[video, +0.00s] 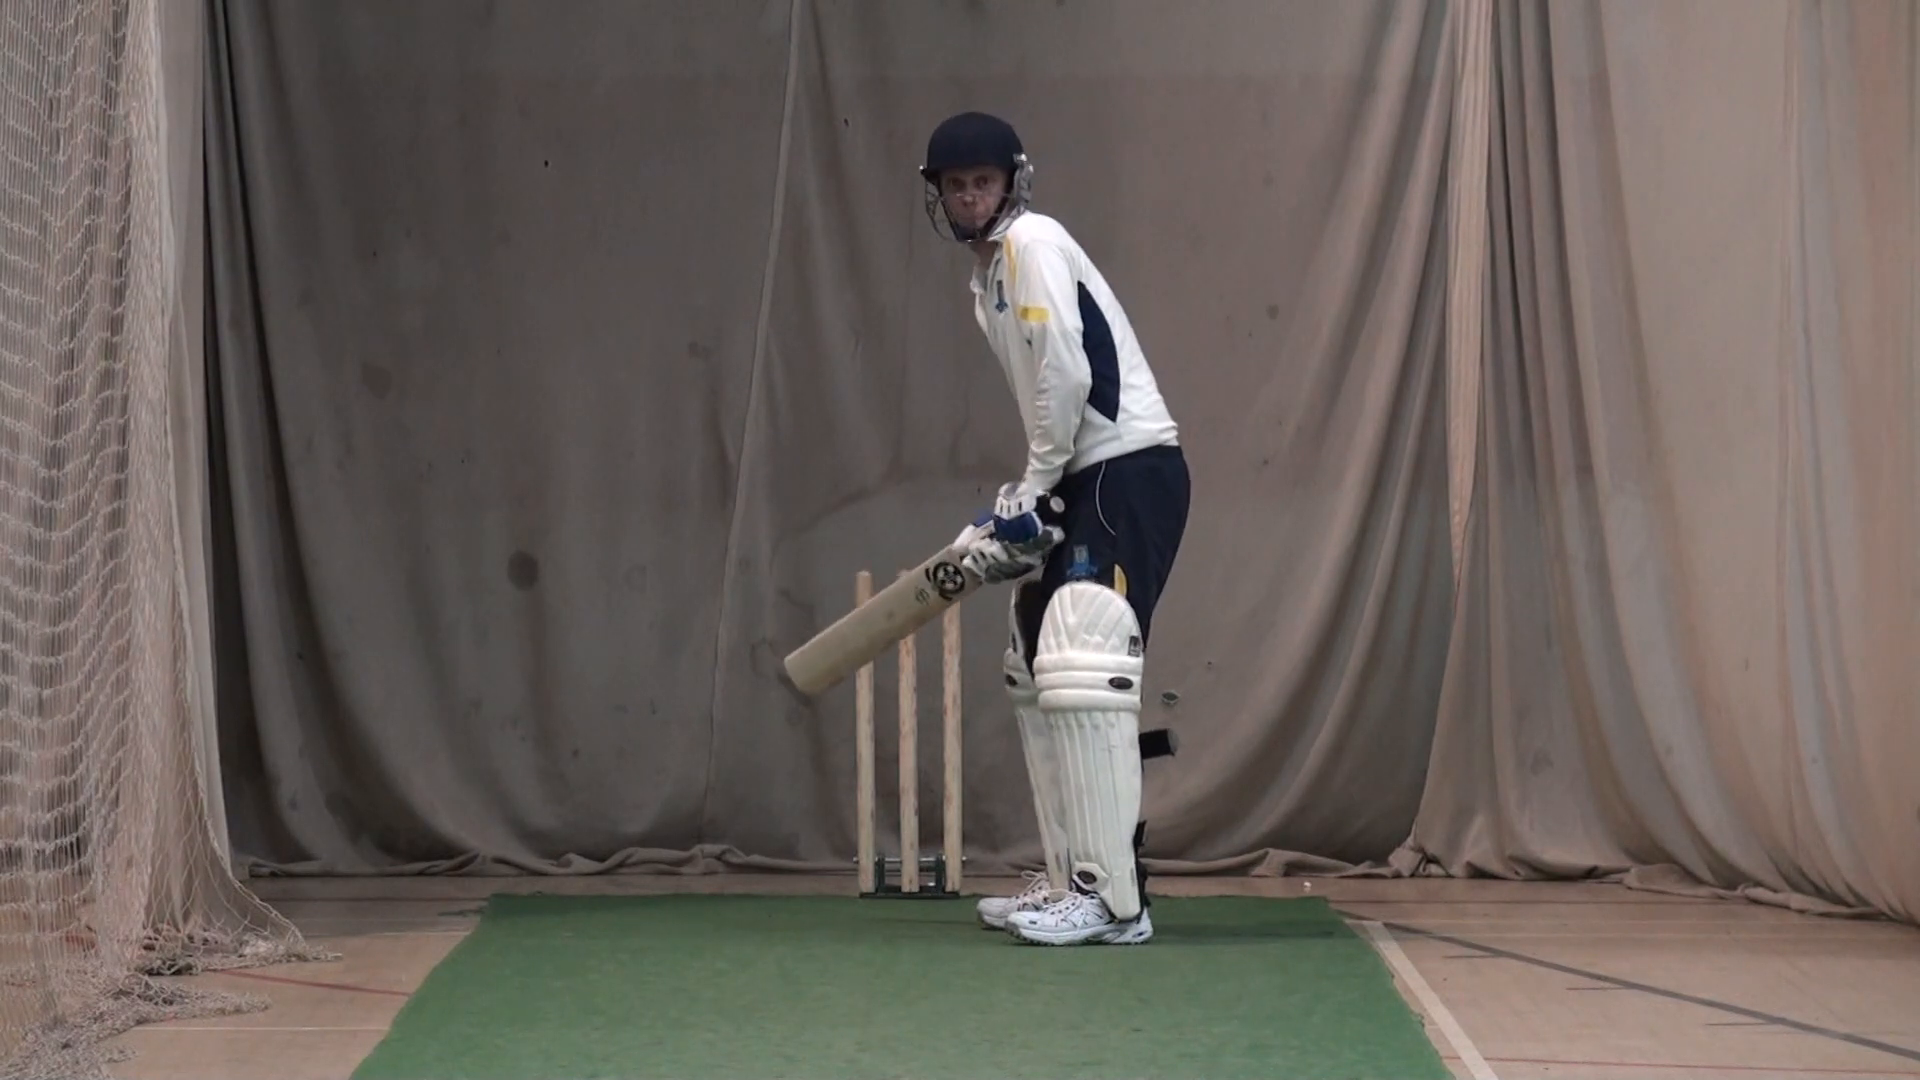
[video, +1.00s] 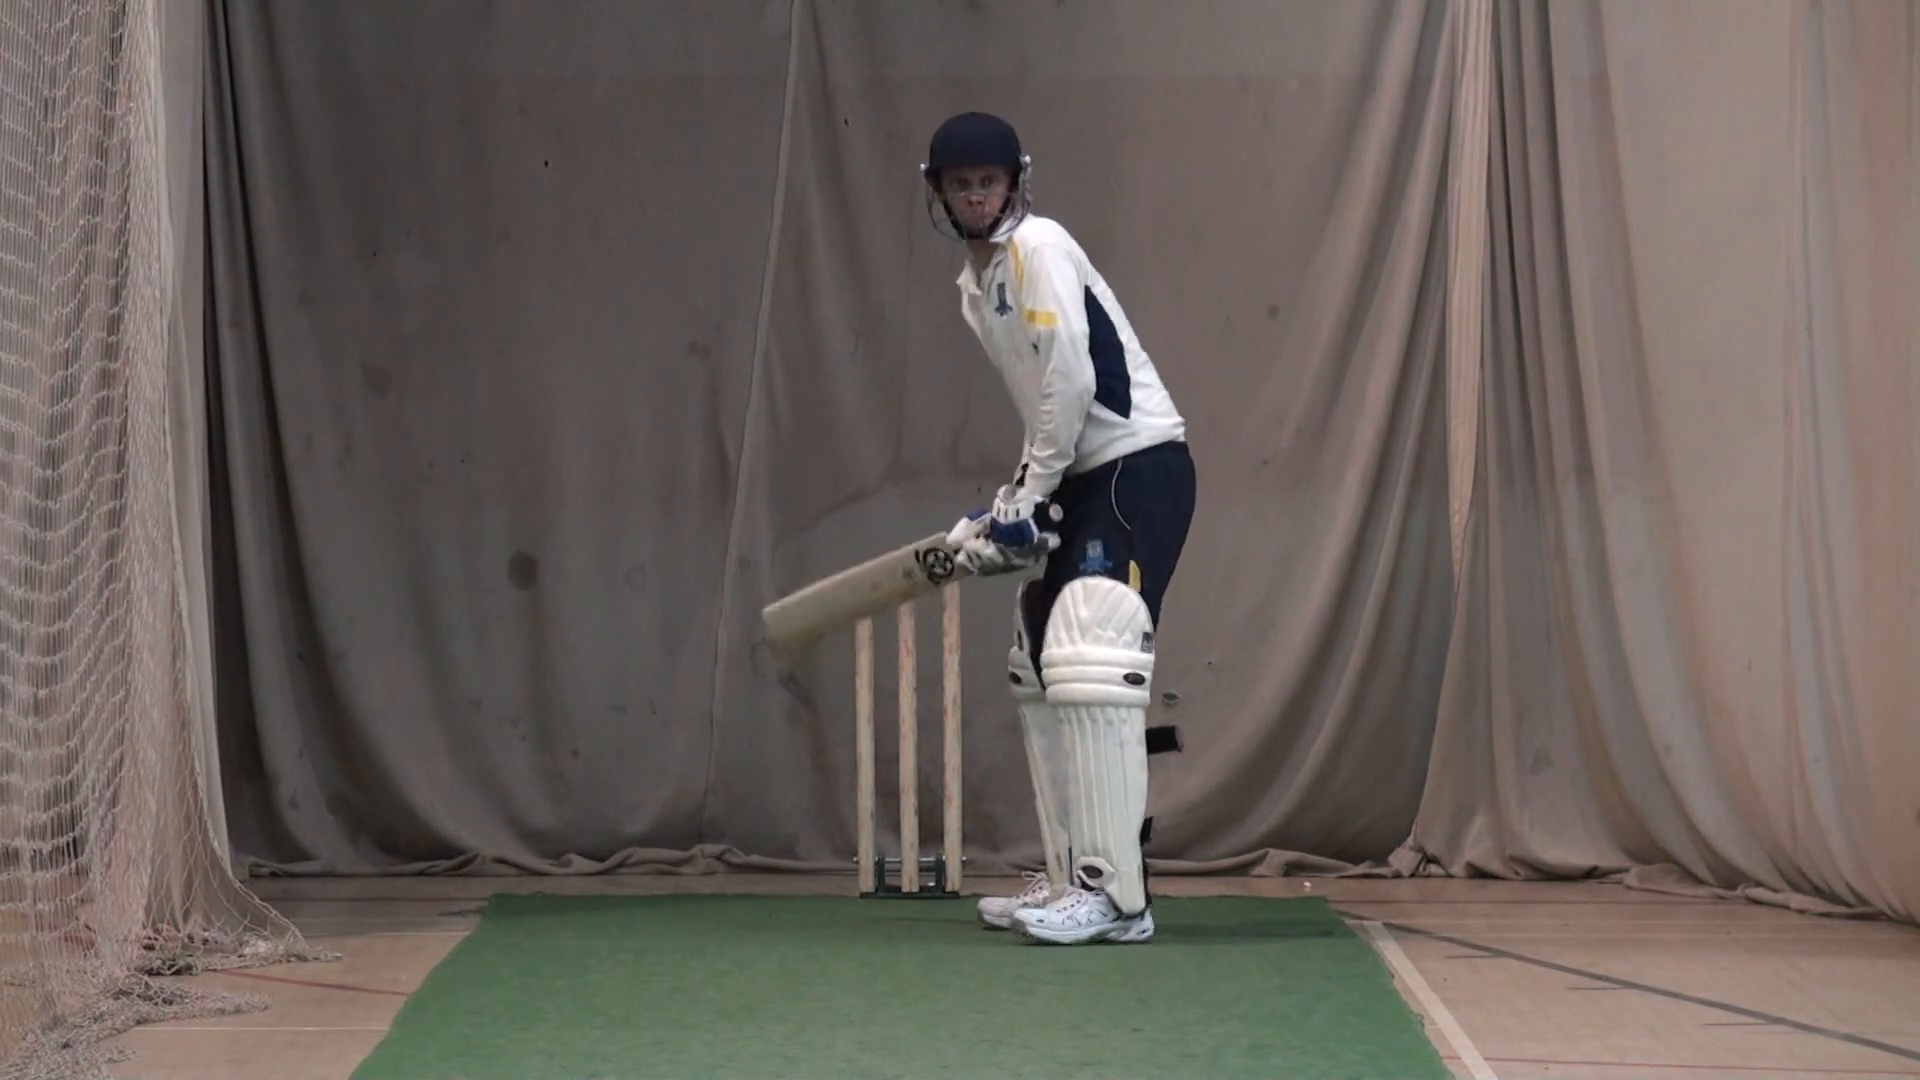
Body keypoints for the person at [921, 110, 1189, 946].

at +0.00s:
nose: (967, 198)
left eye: (982, 182)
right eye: (952, 186)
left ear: (1013, 183)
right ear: (936, 195)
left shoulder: (1030, 243)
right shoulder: (992, 277)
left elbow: (1065, 377)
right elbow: (1043, 408)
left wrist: (1034, 488)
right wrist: (1011, 517)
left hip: (1126, 470)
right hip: (1080, 480)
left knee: (1082, 672)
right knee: (1037, 672)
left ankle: (1112, 898)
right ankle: (1076, 881)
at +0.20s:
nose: (967, 194)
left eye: (982, 179)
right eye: (951, 182)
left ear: (1011, 180)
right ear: (934, 191)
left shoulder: (1029, 243)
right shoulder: (987, 274)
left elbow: (1064, 378)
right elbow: (1038, 407)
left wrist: (1025, 494)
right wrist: (1010, 516)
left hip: (1124, 470)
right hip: (1077, 480)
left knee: (1086, 671)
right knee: (1036, 673)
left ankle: (1113, 899)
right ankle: (1076, 882)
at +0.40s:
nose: (966, 194)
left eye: (981, 179)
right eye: (951, 183)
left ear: (1011, 180)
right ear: (936, 193)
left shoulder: (1030, 242)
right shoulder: (986, 278)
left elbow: (1063, 376)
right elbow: (1037, 408)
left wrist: (1029, 489)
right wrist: (1007, 514)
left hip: (1124, 471)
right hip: (1074, 482)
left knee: (1086, 670)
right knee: (1031, 672)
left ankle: (1112, 898)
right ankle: (1073, 882)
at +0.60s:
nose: (973, 195)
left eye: (987, 179)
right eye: (957, 182)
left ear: (1016, 180)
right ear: (939, 190)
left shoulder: (1035, 243)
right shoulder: (988, 278)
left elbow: (1068, 377)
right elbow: (1040, 408)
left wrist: (1028, 493)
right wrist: (1007, 519)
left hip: (1125, 469)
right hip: (1077, 480)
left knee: (1087, 671)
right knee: (1033, 672)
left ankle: (1113, 898)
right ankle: (1075, 882)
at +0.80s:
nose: (977, 196)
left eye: (992, 180)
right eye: (961, 183)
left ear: (1020, 180)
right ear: (942, 191)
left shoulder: (1039, 244)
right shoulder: (989, 278)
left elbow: (1071, 376)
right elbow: (1041, 405)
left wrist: (1033, 493)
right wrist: (1014, 516)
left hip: (1129, 470)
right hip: (1077, 481)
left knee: (1089, 671)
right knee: (1033, 673)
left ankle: (1113, 897)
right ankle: (1074, 881)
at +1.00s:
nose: (975, 198)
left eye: (989, 183)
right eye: (959, 185)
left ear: (1015, 185)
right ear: (938, 193)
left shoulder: (1036, 250)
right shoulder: (979, 286)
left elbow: (1071, 387)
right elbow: (1045, 409)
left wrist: (1026, 500)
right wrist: (998, 510)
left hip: (1135, 466)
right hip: (1080, 478)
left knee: (1089, 662)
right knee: (1039, 667)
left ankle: (1115, 895)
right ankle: (1076, 881)